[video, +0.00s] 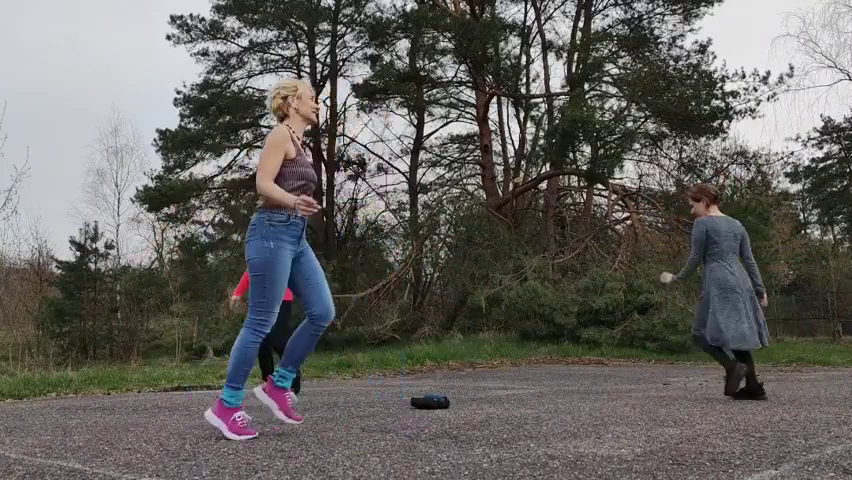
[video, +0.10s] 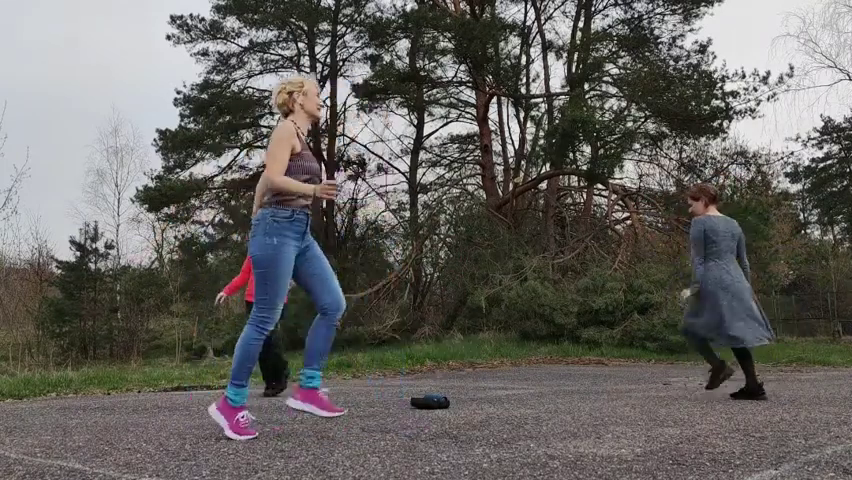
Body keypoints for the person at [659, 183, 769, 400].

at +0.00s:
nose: (692, 211)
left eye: (693, 206)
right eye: (691, 206)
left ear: (705, 201)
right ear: (708, 202)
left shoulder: (702, 223)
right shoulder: (737, 224)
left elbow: (696, 257)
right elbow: (748, 259)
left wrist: (678, 277)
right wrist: (760, 288)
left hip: (718, 284)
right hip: (741, 283)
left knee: (701, 334)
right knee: (739, 332)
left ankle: (730, 366)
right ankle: (753, 384)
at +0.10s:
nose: (690, 209)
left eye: (692, 204)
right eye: (689, 205)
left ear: (704, 201)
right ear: (708, 201)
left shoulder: (699, 223)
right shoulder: (733, 224)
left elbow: (698, 258)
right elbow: (743, 261)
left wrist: (696, 284)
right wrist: (747, 287)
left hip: (712, 282)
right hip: (737, 281)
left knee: (690, 328)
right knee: (735, 332)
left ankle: (717, 365)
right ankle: (753, 384)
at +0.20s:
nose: (685, 208)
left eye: (688, 204)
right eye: (685, 204)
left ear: (700, 202)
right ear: (704, 202)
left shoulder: (696, 223)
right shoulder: (727, 224)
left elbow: (700, 254)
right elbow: (733, 260)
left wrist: (701, 283)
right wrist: (730, 280)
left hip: (711, 284)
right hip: (732, 283)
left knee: (682, 324)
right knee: (734, 332)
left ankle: (698, 373)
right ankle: (752, 384)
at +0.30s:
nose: (680, 210)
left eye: (682, 205)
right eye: (679, 205)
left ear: (695, 204)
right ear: (699, 205)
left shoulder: (690, 226)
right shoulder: (719, 228)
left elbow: (697, 255)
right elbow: (723, 263)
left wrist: (700, 281)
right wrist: (720, 282)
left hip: (702, 285)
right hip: (723, 286)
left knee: (682, 331)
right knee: (729, 333)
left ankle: (682, 381)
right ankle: (751, 384)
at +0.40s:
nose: (673, 211)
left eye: (675, 207)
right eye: (673, 207)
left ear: (687, 206)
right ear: (691, 207)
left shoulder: (683, 228)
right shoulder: (710, 231)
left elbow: (690, 255)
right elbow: (713, 265)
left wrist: (695, 281)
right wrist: (709, 283)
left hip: (688, 288)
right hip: (709, 286)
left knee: (679, 335)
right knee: (717, 334)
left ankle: (680, 383)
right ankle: (747, 379)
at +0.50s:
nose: (665, 209)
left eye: (667, 205)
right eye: (665, 205)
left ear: (678, 205)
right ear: (682, 206)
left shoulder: (675, 227)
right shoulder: (700, 230)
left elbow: (682, 255)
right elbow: (704, 264)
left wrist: (687, 280)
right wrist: (699, 282)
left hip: (678, 288)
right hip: (698, 286)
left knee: (676, 335)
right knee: (696, 337)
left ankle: (680, 383)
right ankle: (732, 370)